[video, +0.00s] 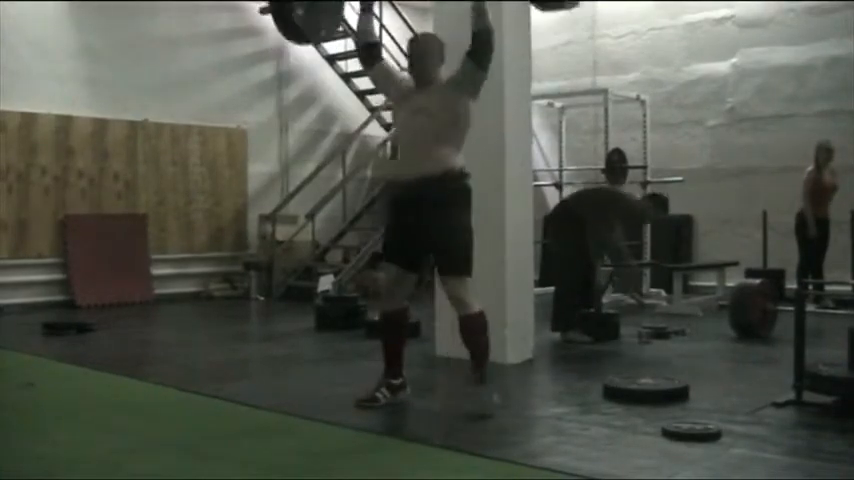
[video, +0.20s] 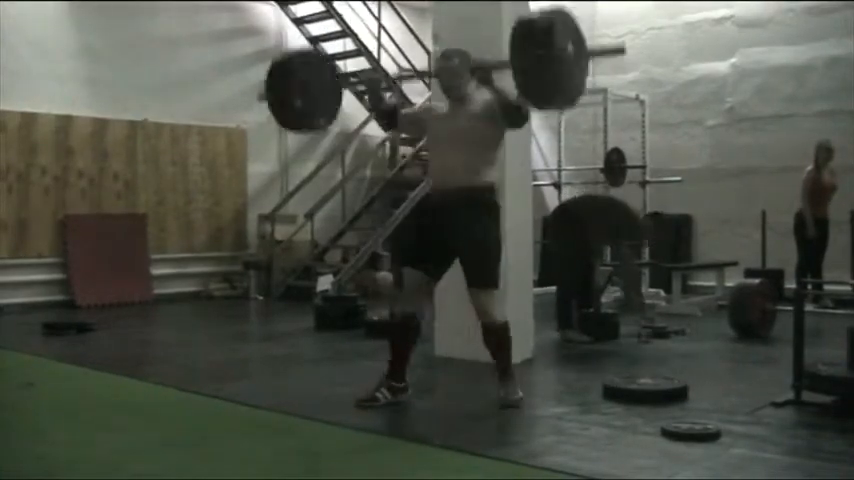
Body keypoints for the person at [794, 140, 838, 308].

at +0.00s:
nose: (827, 158)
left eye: (829, 154)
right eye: (824, 154)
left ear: (831, 156)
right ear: (817, 155)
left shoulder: (830, 173)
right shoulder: (812, 173)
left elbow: (827, 198)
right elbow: (806, 200)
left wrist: (833, 188)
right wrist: (811, 224)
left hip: (822, 219)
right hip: (807, 218)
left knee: (818, 258)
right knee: (806, 258)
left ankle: (819, 294)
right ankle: (802, 293)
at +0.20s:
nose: (826, 157)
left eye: (828, 154)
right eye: (823, 154)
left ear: (831, 156)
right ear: (817, 154)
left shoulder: (830, 173)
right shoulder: (811, 173)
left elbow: (827, 196)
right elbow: (805, 201)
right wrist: (809, 224)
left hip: (821, 219)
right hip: (806, 218)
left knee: (817, 258)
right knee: (805, 257)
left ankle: (818, 293)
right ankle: (801, 292)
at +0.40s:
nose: (827, 157)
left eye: (829, 154)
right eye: (824, 154)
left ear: (831, 156)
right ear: (817, 154)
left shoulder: (830, 173)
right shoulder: (811, 174)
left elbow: (829, 195)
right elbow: (806, 200)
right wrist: (810, 224)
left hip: (821, 219)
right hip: (807, 218)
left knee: (817, 259)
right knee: (805, 258)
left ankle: (819, 293)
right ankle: (801, 293)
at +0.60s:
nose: (820, 158)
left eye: (822, 155)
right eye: (817, 154)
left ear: (825, 157)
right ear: (811, 155)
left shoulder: (823, 173)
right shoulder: (805, 173)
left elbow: (820, 197)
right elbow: (800, 201)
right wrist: (805, 225)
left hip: (815, 219)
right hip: (800, 219)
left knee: (811, 259)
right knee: (799, 258)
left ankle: (812, 295)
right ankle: (795, 295)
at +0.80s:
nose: (819, 158)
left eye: (822, 155)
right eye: (817, 154)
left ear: (824, 157)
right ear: (810, 155)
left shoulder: (822, 173)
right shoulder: (805, 173)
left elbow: (820, 196)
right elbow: (799, 201)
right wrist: (804, 225)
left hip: (814, 219)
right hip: (800, 219)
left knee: (810, 259)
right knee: (798, 258)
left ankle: (811, 294)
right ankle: (794, 294)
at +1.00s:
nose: (820, 158)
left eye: (822, 155)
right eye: (817, 154)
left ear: (823, 156)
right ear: (810, 155)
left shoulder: (822, 173)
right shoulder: (805, 173)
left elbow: (819, 196)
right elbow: (799, 200)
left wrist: (825, 187)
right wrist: (803, 224)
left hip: (813, 219)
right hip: (800, 218)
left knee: (810, 259)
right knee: (798, 258)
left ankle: (811, 294)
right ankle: (794, 293)